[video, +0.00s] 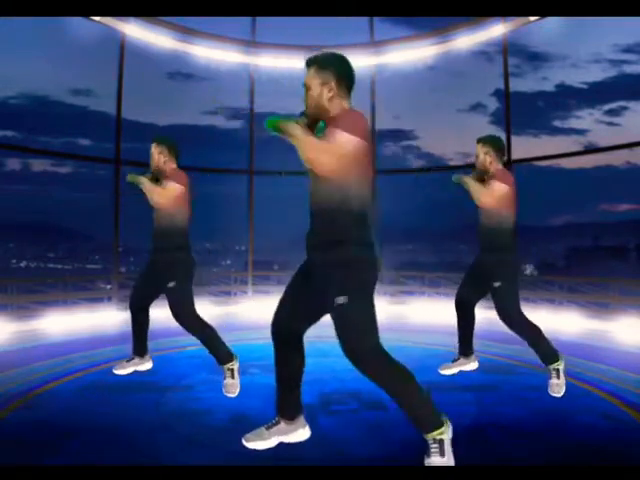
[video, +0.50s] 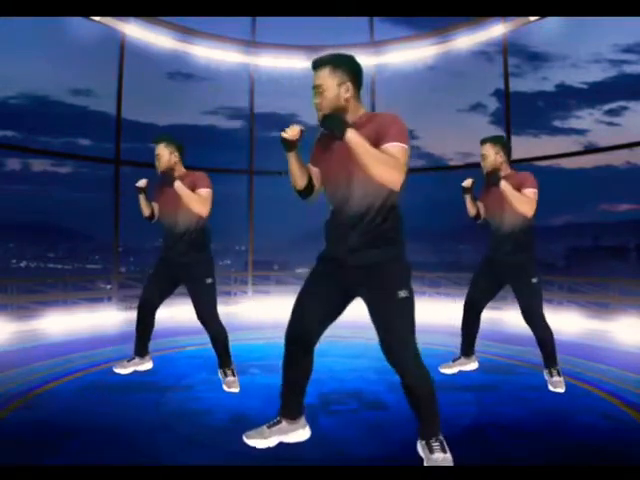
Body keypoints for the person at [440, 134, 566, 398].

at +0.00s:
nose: (479, 160)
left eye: (483, 155)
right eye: (478, 155)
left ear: (496, 157)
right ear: (482, 158)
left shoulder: (502, 183)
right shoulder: (489, 180)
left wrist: (468, 181)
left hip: (503, 259)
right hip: (486, 257)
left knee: (510, 315)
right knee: (464, 301)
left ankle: (554, 362)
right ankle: (466, 356)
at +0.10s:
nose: (479, 161)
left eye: (482, 156)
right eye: (478, 157)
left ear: (494, 157)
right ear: (492, 158)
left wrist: (423, 171)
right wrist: (427, 171)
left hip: (500, 260)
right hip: (489, 258)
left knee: (509, 317)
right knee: (462, 301)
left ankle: (555, 362)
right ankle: (465, 357)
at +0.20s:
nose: (475, 161)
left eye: (477, 156)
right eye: (475, 156)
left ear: (489, 156)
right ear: (490, 156)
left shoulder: (498, 176)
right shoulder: (495, 178)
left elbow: (465, 187)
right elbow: (482, 202)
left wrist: (445, 177)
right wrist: (461, 185)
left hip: (501, 258)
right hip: (489, 257)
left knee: (513, 315)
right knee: (463, 302)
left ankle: (553, 364)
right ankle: (466, 357)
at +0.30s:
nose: (473, 161)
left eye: (476, 156)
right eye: (473, 157)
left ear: (490, 155)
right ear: (484, 157)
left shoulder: (509, 178)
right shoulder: (483, 182)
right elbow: (475, 208)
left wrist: (479, 185)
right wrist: (473, 189)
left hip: (508, 259)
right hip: (487, 258)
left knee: (521, 314)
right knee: (466, 303)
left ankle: (551, 367)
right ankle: (466, 357)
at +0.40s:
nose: (477, 161)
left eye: (481, 156)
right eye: (476, 156)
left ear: (495, 156)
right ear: (483, 158)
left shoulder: (518, 180)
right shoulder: (481, 183)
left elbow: (518, 209)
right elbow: (472, 214)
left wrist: (492, 184)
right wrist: (466, 194)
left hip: (516, 261)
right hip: (490, 260)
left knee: (529, 316)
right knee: (468, 305)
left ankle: (552, 370)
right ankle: (467, 357)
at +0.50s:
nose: (482, 160)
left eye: (486, 155)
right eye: (481, 156)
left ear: (501, 155)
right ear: (488, 158)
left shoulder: (524, 178)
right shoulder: (489, 186)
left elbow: (528, 209)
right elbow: (476, 215)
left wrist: (502, 183)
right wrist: (468, 194)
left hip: (521, 259)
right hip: (495, 258)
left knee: (533, 316)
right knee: (472, 304)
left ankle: (553, 370)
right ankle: (467, 357)